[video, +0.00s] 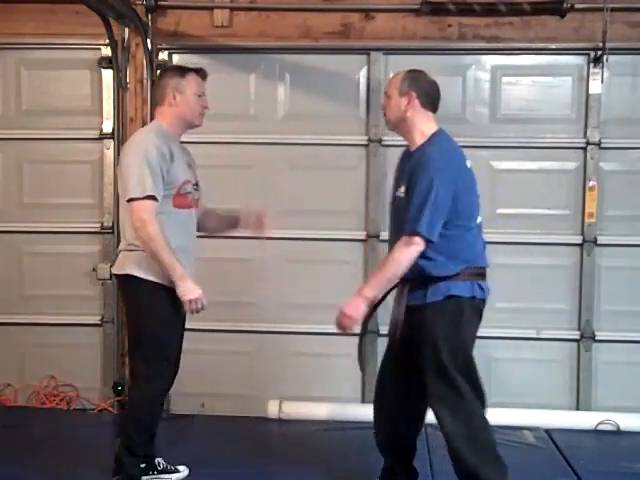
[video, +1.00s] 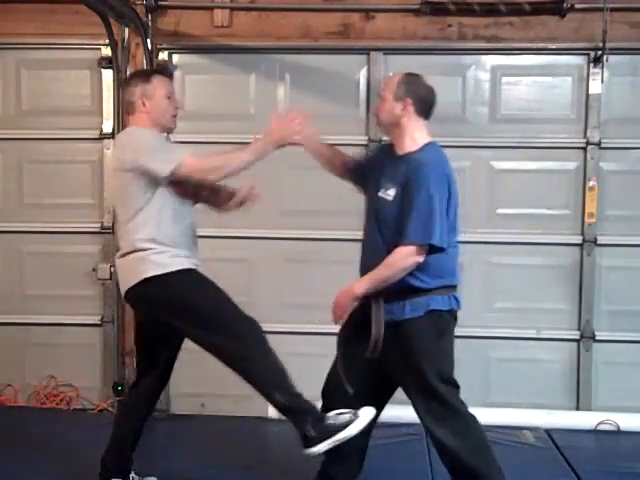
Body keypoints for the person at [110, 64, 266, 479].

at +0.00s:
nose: (207, 104)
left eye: (206, 96)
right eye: (200, 96)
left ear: (178, 98)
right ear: (174, 97)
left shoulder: (181, 152)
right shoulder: (145, 144)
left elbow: (196, 219)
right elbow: (142, 222)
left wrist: (240, 221)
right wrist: (181, 279)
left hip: (168, 279)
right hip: (144, 277)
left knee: (161, 371)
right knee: (151, 372)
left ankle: (142, 458)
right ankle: (133, 463)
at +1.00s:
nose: (177, 105)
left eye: (175, 97)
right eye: (169, 97)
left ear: (143, 104)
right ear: (141, 102)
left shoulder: (145, 145)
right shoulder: (137, 141)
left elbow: (188, 188)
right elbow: (196, 170)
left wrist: (226, 198)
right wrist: (265, 143)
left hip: (156, 272)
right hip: (159, 271)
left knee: (150, 377)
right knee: (243, 335)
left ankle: (115, 470)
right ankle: (311, 425)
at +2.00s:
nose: (278, 123)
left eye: (277, 115)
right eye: (274, 115)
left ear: (231, 122)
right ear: (251, 117)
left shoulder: (204, 183)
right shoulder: (278, 139)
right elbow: (334, 186)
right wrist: (345, 233)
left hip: (242, 311)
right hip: (291, 300)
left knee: (248, 387)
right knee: (339, 402)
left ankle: (198, 469)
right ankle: (340, 474)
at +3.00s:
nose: (319, 100)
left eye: (317, 91)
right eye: (312, 92)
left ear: (280, 99)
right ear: (282, 98)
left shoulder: (272, 134)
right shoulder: (285, 134)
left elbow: (317, 200)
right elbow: (354, 179)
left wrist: (353, 167)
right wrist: (382, 164)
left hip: (266, 279)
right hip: (276, 281)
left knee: (298, 373)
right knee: (313, 374)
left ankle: (283, 454)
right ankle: (292, 469)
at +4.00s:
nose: (356, 118)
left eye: (360, 110)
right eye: (347, 109)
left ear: (362, 112)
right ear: (318, 107)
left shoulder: (359, 158)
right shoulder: (284, 158)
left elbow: (377, 220)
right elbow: (247, 230)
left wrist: (362, 242)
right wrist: (312, 242)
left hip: (355, 287)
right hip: (305, 290)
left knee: (422, 341)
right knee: (323, 391)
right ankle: (303, 475)